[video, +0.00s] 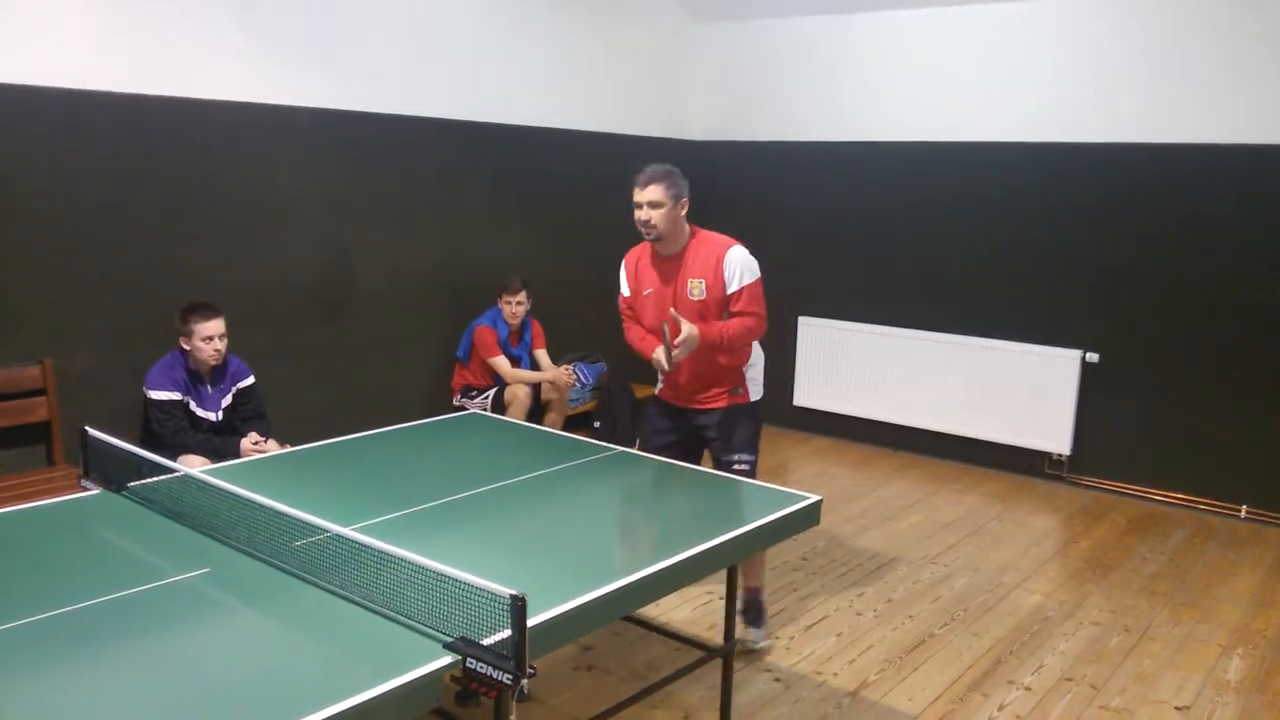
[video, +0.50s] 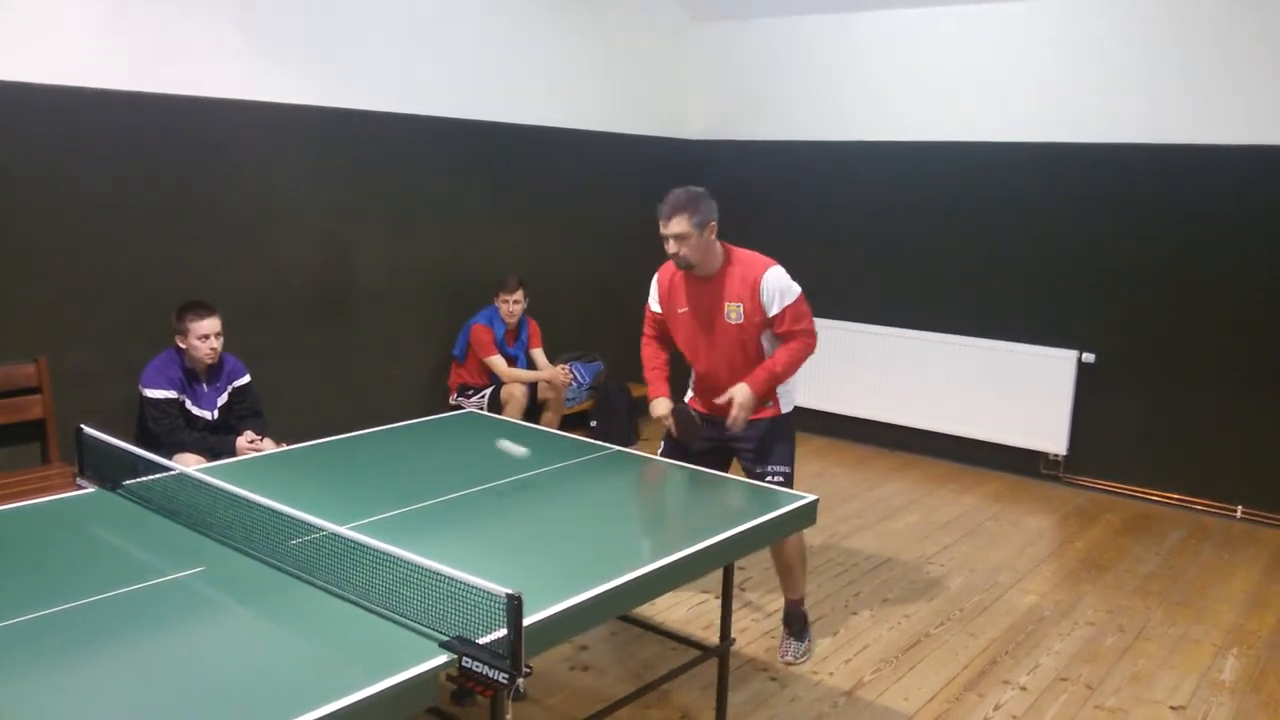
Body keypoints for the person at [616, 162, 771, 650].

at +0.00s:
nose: (642, 216)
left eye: (652, 206)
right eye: (637, 206)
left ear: (682, 207)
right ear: (634, 209)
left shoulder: (729, 256)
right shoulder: (634, 263)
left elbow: (753, 324)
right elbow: (631, 324)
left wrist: (703, 335)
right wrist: (654, 351)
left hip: (730, 401)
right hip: (671, 400)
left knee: (741, 499)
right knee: (641, 490)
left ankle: (752, 604)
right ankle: (630, 580)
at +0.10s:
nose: (649, 216)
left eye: (660, 206)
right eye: (644, 206)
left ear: (688, 207)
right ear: (640, 208)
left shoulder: (735, 256)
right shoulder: (638, 261)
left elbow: (758, 326)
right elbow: (630, 321)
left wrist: (706, 338)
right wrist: (655, 351)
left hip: (736, 403)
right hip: (674, 403)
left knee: (757, 499)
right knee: (646, 492)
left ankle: (780, 599)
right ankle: (633, 582)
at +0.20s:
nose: (659, 217)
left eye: (671, 207)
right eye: (654, 207)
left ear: (699, 208)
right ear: (651, 209)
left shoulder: (745, 260)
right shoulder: (646, 262)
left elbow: (766, 330)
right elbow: (636, 322)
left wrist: (712, 344)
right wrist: (661, 353)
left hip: (744, 408)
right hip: (680, 408)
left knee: (770, 504)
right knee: (654, 495)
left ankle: (792, 605)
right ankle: (638, 581)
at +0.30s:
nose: (670, 225)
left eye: (681, 216)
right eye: (665, 215)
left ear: (710, 215)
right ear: (662, 216)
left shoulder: (756, 266)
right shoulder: (658, 268)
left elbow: (779, 337)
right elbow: (649, 329)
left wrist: (722, 360)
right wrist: (669, 366)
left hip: (756, 415)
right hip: (692, 414)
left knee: (780, 509)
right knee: (662, 498)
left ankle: (798, 614)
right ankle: (636, 583)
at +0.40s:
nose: (672, 241)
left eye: (682, 230)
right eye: (667, 230)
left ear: (713, 225)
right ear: (664, 228)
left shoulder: (760, 272)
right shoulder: (664, 277)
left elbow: (791, 341)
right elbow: (655, 336)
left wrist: (737, 383)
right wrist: (666, 387)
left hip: (762, 416)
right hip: (696, 414)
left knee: (778, 511)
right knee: (666, 501)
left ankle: (795, 617)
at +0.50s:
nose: (672, 250)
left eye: (681, 239)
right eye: (666, 240)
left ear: (711, 231)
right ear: (663, 237)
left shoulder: (763, 276)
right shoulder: (665, 281)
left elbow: (802, 338)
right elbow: (654, 339)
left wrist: (754, 387)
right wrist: (659, 394)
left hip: (763, 416)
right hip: (699, 413)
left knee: (778, 514)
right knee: (668, 498)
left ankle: (795, 618)